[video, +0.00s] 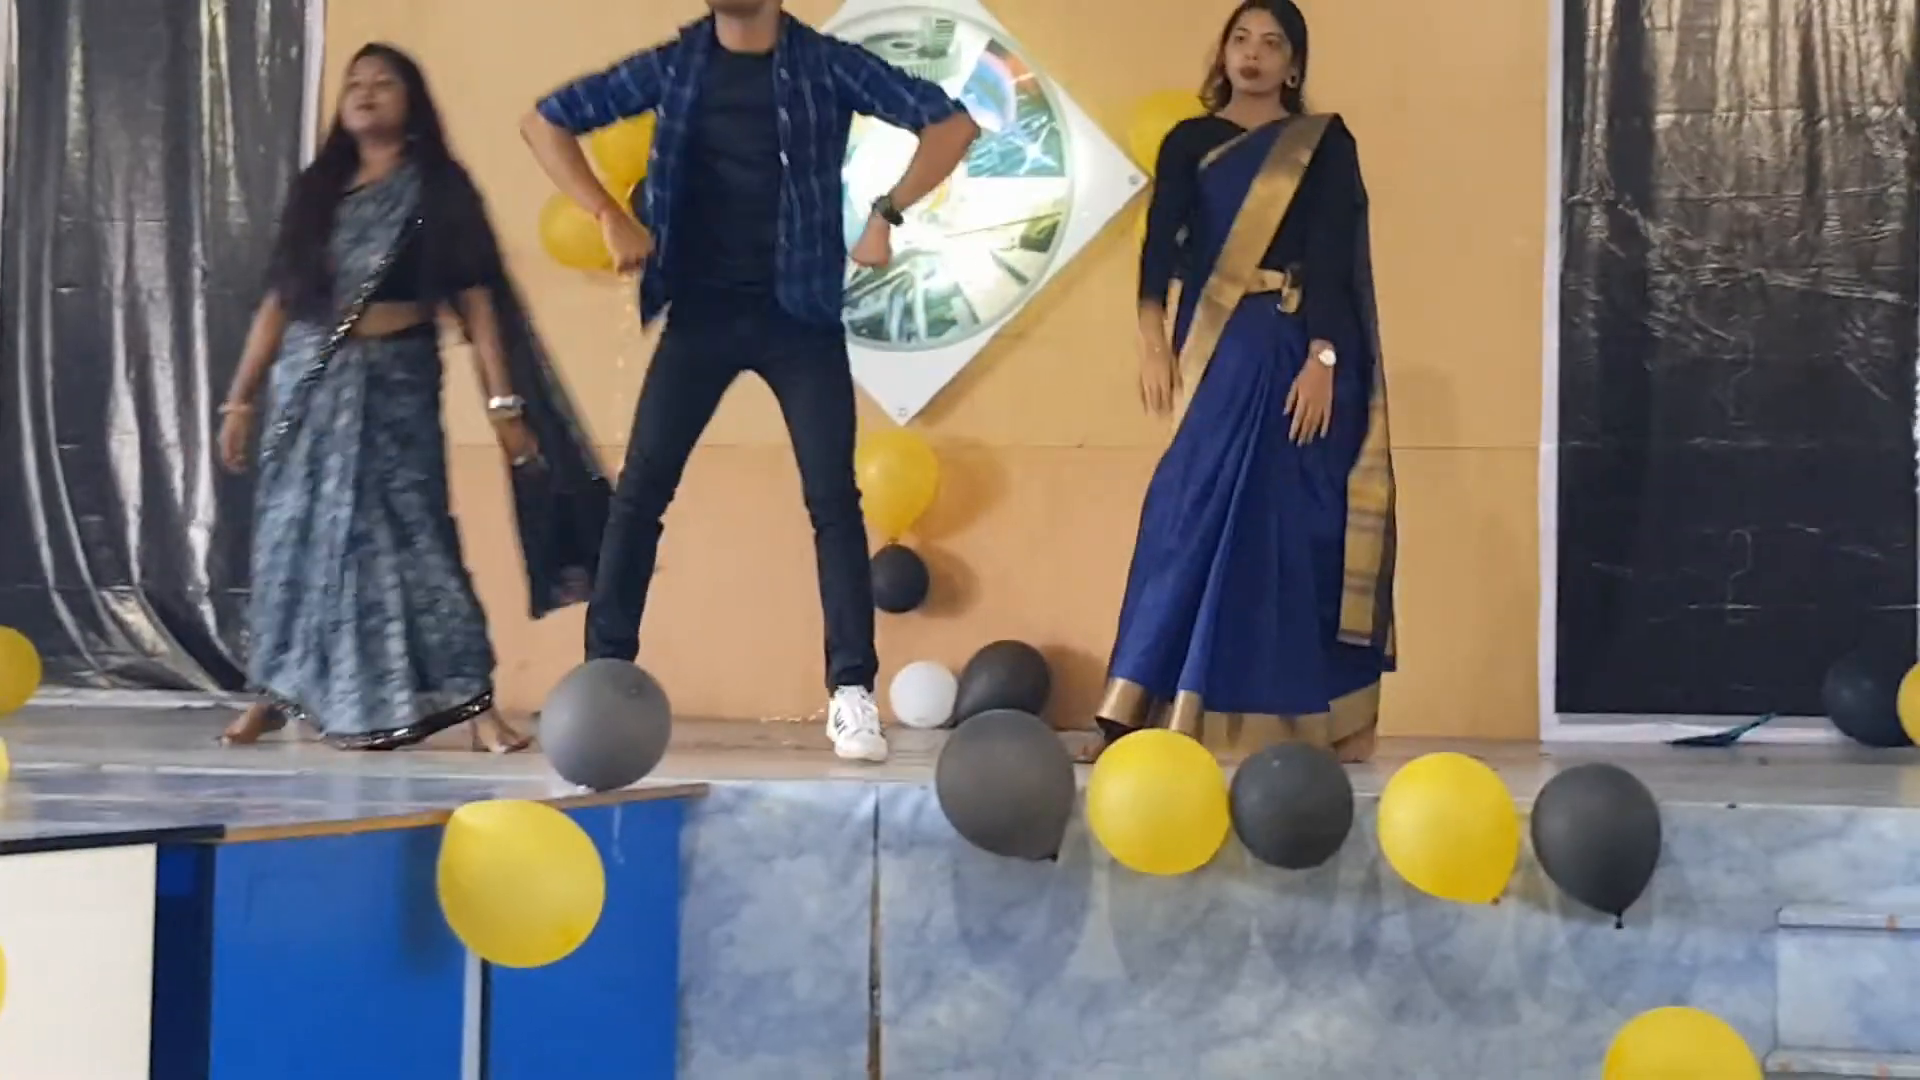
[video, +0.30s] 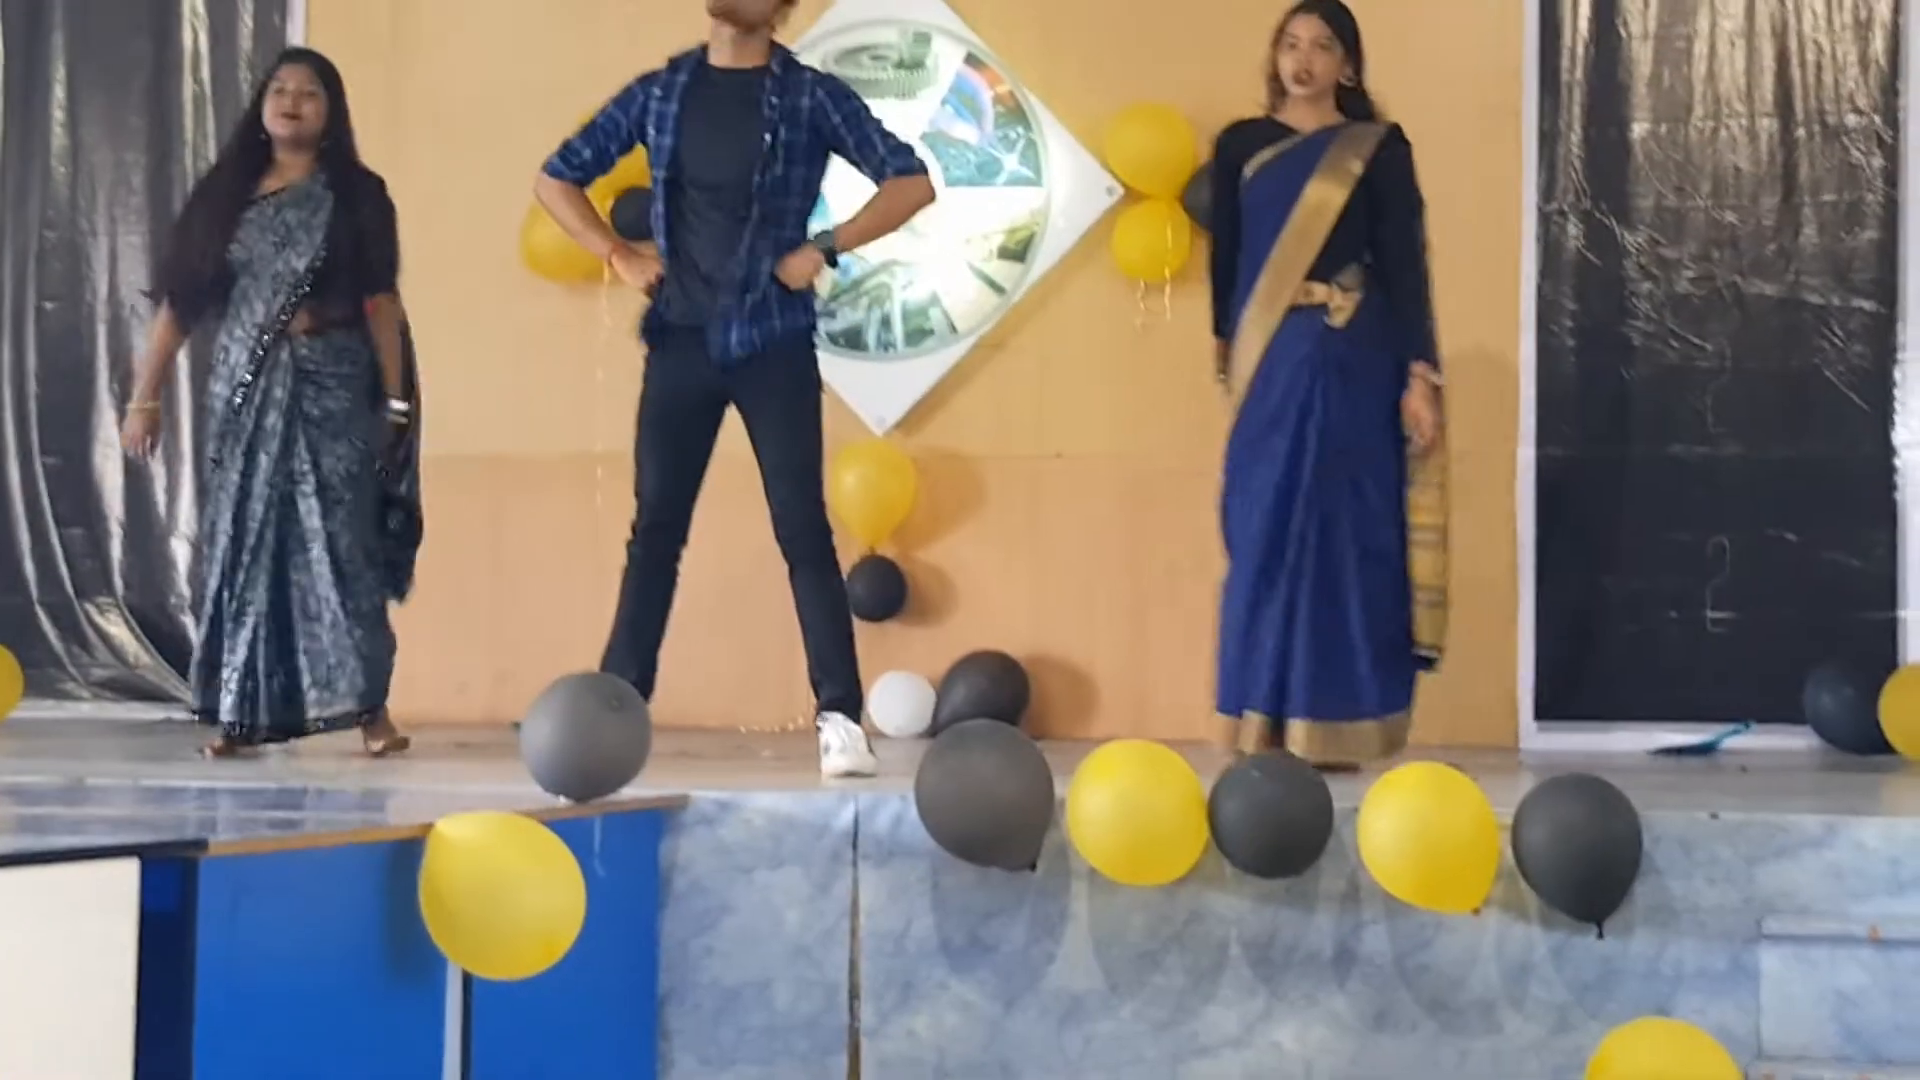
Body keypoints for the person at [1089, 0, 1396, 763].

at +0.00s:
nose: (1253, 51)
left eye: (1271, 42)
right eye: (1242, 38)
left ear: (1294, 61)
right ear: (1221, 51)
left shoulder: (1323, 136)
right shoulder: (1189, 139)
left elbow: (1337, 253)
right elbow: (1160, 240)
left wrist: (1322, 356)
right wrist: (1152, 336)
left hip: (1301, 351)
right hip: (1218, 347)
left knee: (1297, 525)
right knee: (1190, 511)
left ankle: (1310, 712)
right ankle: (1130, 698)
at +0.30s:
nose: (1304, 58)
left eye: (1320, 46)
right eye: (1292, 45)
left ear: (1348, 61)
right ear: (1273, 56)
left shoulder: (1381, 144)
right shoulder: (1240, 143)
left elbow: (1405, 263)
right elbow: (1225, 257)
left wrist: (1421, 372)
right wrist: (1228, 350)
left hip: (1358, 366)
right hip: (1270, 365)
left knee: (1346, 534)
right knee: (1265, 534)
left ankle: (1327, 728)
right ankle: (1256, 726)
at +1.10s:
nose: (1346, 168)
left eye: (1362, 157)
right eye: (1334, 154)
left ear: (1386, 171)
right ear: (1312, 163)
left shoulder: (1416, 247)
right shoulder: (1278, 248)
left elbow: (1434, 366)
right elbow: (1252, 352)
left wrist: (1430, 473)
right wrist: (1266, 436)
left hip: (1393, 474)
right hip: (1309, 473)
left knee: (1393, 650)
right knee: (1305, 650)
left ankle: (1398, 842)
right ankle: (1292, 845)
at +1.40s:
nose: (1384, 263)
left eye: (1400, 251)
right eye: (1371, 248)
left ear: (1422, 265)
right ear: (1346, 257)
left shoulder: (1450, 346)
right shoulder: (1309, 337)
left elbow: (1470, 463)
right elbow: (1282, 450)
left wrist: (1490, 568)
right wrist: (1275, 554)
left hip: (1424, 569)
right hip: (1334, 568)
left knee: (1419, 746)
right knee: (1333, 745)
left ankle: (1412, 952)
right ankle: (1318, 955)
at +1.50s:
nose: (1427, 315)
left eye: (1444, 302)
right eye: (1415, 299)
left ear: (1470, 318)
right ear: (1397, 308)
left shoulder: (1491, 412)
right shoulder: (1357, 379)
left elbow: (1504, 539)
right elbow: (1308, 476)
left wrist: (1561, 597)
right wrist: (1320, 549)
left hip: (1471, 610)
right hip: (1379, 607)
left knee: (1485, 779)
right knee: (1372, 779)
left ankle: (1452, 961)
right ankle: (1364, 967)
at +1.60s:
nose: (1477, 319)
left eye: (1495, 306)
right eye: (1466, 306)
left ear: (1530, 318)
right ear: (1453, 317)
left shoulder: (1554, 418)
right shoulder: (1425, 380)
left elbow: (1551, 542)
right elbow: (1346, 469)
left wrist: (1638, 563)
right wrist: (1388, 508)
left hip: (1519, 613)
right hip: (1426, 606)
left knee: (1569, 778)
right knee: (1424, 782)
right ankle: (1397, 986)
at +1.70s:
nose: (1532, 325)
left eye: (1549, 311)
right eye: (1522, 312)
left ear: (1587, 322)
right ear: (1512, 321)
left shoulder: (1619, 421)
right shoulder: (1488, 390)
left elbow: (1606, 543)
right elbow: (1412, 481)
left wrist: (1707, 550)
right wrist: (1477, 482)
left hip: (1562, 613)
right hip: (1470, 604)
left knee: (1618, 772)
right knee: (1469, 783)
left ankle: (1697, 978)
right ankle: (1447, 992)